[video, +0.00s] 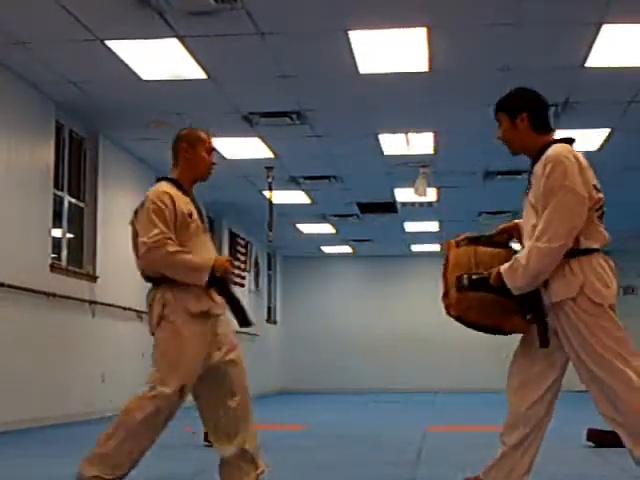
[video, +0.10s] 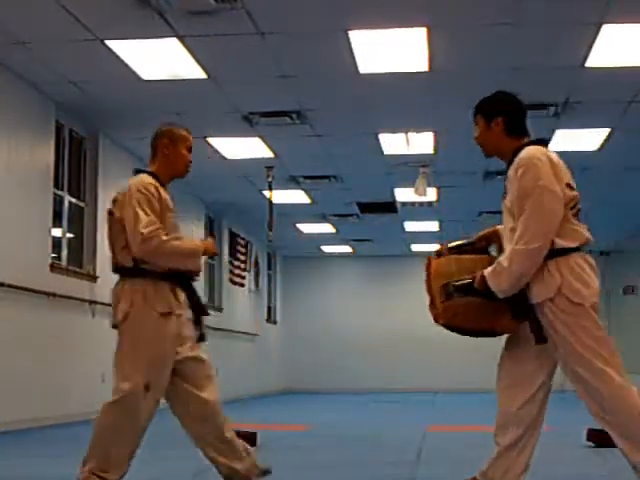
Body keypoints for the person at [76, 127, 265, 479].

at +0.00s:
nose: (214, 160)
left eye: (214, 153)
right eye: (209, 152)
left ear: (189, 154)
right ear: (186, 152)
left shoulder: (189, 204)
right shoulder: (160, 197)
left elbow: (185, 258)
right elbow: (151, 257)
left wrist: (217, 274)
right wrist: (209, 265)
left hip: (210, 308)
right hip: (180, 306)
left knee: (231, 399)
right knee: (165, 394)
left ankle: (243, 471)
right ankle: (99, 471)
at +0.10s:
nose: (191, 159)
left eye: (192, 152)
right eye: (187, 150)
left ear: (166, 150)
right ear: (164, 148)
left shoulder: (159, 195)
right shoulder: (141, 188)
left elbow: (154, 250)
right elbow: (147, 246)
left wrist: (188, 260)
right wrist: (199, 248)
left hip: (169, 298)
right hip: (147, 296)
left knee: (197, 393)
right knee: (135, 395)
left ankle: (240, 467)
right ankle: (99, 472)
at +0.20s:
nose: (166, 154)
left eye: (167, 147)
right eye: (163, 145)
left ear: (141, 145)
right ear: (140, 143)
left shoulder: (133, 187)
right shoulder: (119, 181)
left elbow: (123, 247)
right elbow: (134, 235)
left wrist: (158, 263)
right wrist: (184, 243)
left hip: (134, 293)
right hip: (117, 291)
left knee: (160, 385)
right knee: (112, 389)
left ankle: (185, 468)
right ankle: (97, 471)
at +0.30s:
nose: (141, 147)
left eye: (141, 140)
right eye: (136, 139)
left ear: (113, 140)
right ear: (113, 139)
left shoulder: (107, 177)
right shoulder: (100, 175)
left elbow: (102, 239)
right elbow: (117, 231)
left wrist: (139, 256)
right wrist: (164, 241)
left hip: (106, 286)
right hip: (94, 286)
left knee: (111, 374)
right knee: (95, 375)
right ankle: (93, 466)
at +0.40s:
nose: (114, 144)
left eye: (114, 138)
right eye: (109, 136)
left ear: (87, 139)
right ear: (87, 136)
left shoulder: (71, 175)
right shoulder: (81, 174)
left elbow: (77, 237)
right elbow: (92, 232)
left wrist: (116, 247)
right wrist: (135, 241)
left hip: (67, 285)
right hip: (69, 285)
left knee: (62, 381)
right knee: (75, 381)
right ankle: (94, 468)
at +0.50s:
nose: (102, 146)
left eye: (101, 139)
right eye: (97, 138)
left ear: (73, 141)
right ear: (75, 138)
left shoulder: (50, 177)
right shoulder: (69, 174)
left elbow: (58, 237)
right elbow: (78, 234)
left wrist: (100, 234)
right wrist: (119, 245)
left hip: (40, 283)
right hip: (59, 283)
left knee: (30, 379)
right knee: (68, 380)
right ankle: (93, 466)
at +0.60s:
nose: (79, 151)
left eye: (79, 144)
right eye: (74, 143)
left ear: (48, 145)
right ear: (53, 143)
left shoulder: (26, 182)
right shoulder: (45, 181)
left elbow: (23, 240)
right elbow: (46, 240)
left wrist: (65, 241)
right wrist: (85, 268)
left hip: (12, 286)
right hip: (26, 287)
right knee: (53, 382)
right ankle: (88, 466)